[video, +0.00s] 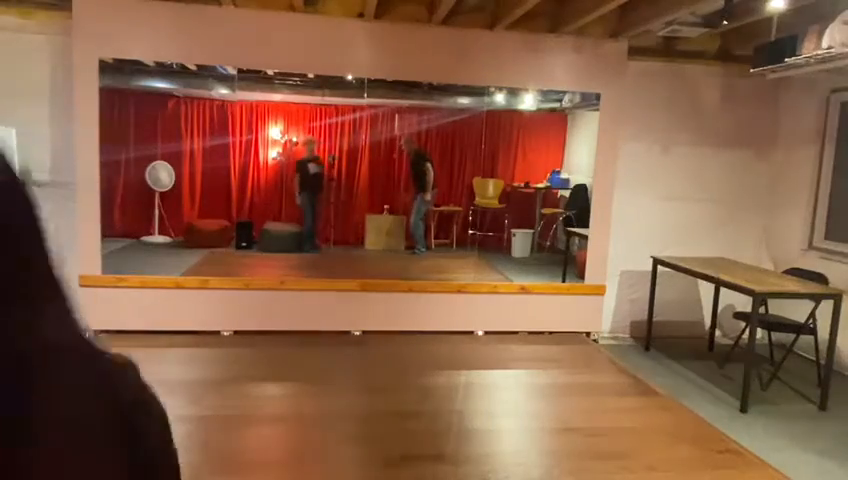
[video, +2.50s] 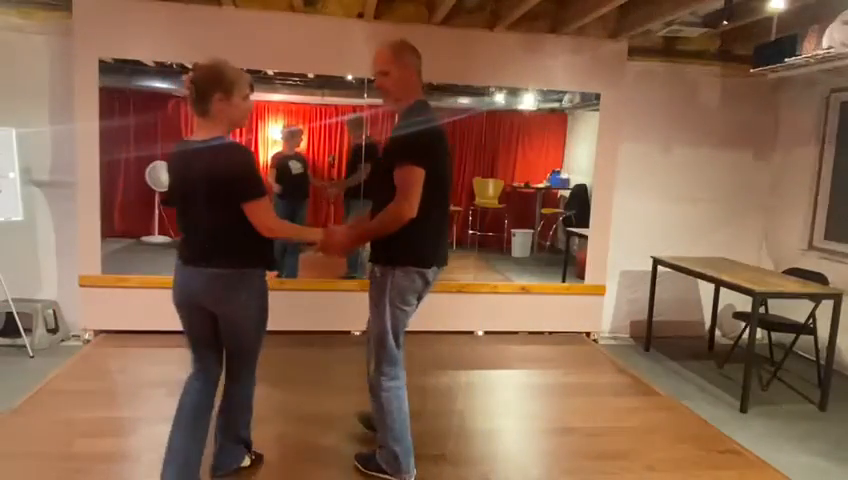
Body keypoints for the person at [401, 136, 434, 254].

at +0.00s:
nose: (404, 148)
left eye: (405, 145)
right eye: (403, 145)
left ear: (412, 144)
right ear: (408, 146)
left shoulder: (420, 156)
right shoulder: (414, 158)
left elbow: (429, 172)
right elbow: (419, 175)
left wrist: (428, 191)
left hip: (424, 193)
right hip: (420, 192)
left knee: (416, 219)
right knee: (417, 219)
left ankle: (420, 246)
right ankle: (420, 245)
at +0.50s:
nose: (405, 144)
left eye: (408, 141)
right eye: (404, 142)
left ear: (414, 141)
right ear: (402, 143)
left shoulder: (422, 156)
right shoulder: (405, 157)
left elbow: (429, 177)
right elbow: (401, 177)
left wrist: (426, 197)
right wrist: (388, 186)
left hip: (420, 195)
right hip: (407, 193)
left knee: (420, 223)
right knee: (400, 221)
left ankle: (421, 247)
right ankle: (395, 247)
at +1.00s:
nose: (397, 137)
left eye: (400, 133)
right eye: (395, 133)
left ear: (405, 133)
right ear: (392, 134)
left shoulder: (412, 149)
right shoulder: (390, 150)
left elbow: (420, 171)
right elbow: (386, 170)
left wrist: (412, 191)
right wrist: (380, 183)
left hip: (405, 190)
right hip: (392, 189)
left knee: (398, 219)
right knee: (392, 220)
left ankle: (400, 249)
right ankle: (394, 250)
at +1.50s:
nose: (386, 134)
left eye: (389, 130)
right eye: (384, 129)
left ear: (394, 131)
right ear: (380, 130)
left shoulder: (399, 148)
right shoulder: (376, 148)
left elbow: (408, 172)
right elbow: (370, 170)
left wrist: (407, 194)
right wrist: (354, 178)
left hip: (393, 192)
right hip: (377, 191)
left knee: (386, 223)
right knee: (372, 220)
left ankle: (384, 246)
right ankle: (379, 244)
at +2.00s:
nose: (371, 134)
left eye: (374, 130)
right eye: (369, 130)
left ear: (380, 131)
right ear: (365, 132)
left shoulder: (387, 148)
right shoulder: (363, 151)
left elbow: (391, 175)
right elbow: (356, 174)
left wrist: (375, 190)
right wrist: (337, 183)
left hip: (382, 195)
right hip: (365, 194)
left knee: (380, 230)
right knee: (360, 230)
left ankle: (379, 260)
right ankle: (354, 262)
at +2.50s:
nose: (349, 132)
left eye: (351, 128)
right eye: (350, 128)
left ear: (355, 128)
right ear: (360, 127)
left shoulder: (366, 147)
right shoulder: (355, 148)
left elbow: (363, 173)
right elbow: (353, 174)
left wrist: (341, 186)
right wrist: (338, 186)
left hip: (362, 196)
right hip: (352, 196)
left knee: (356, 232)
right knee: (354, 232)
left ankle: (355, 269)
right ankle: (354, 268)